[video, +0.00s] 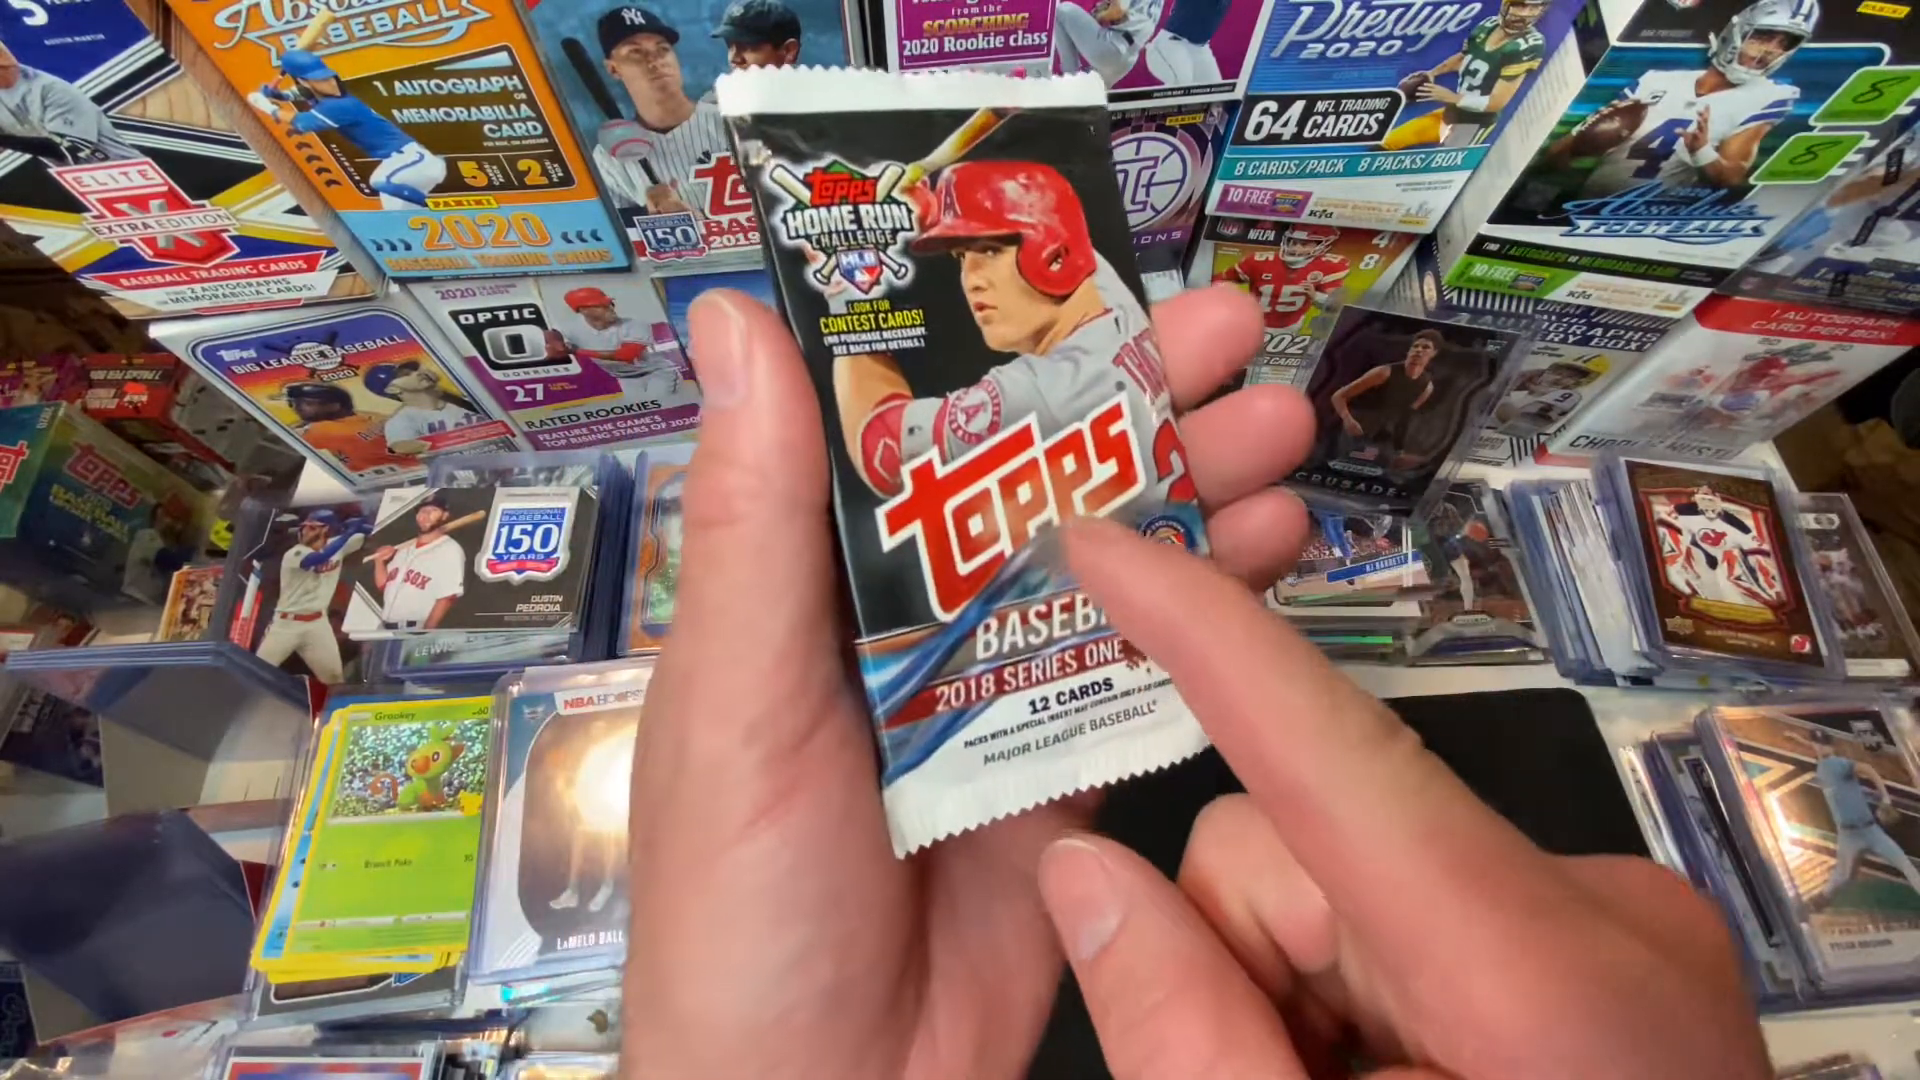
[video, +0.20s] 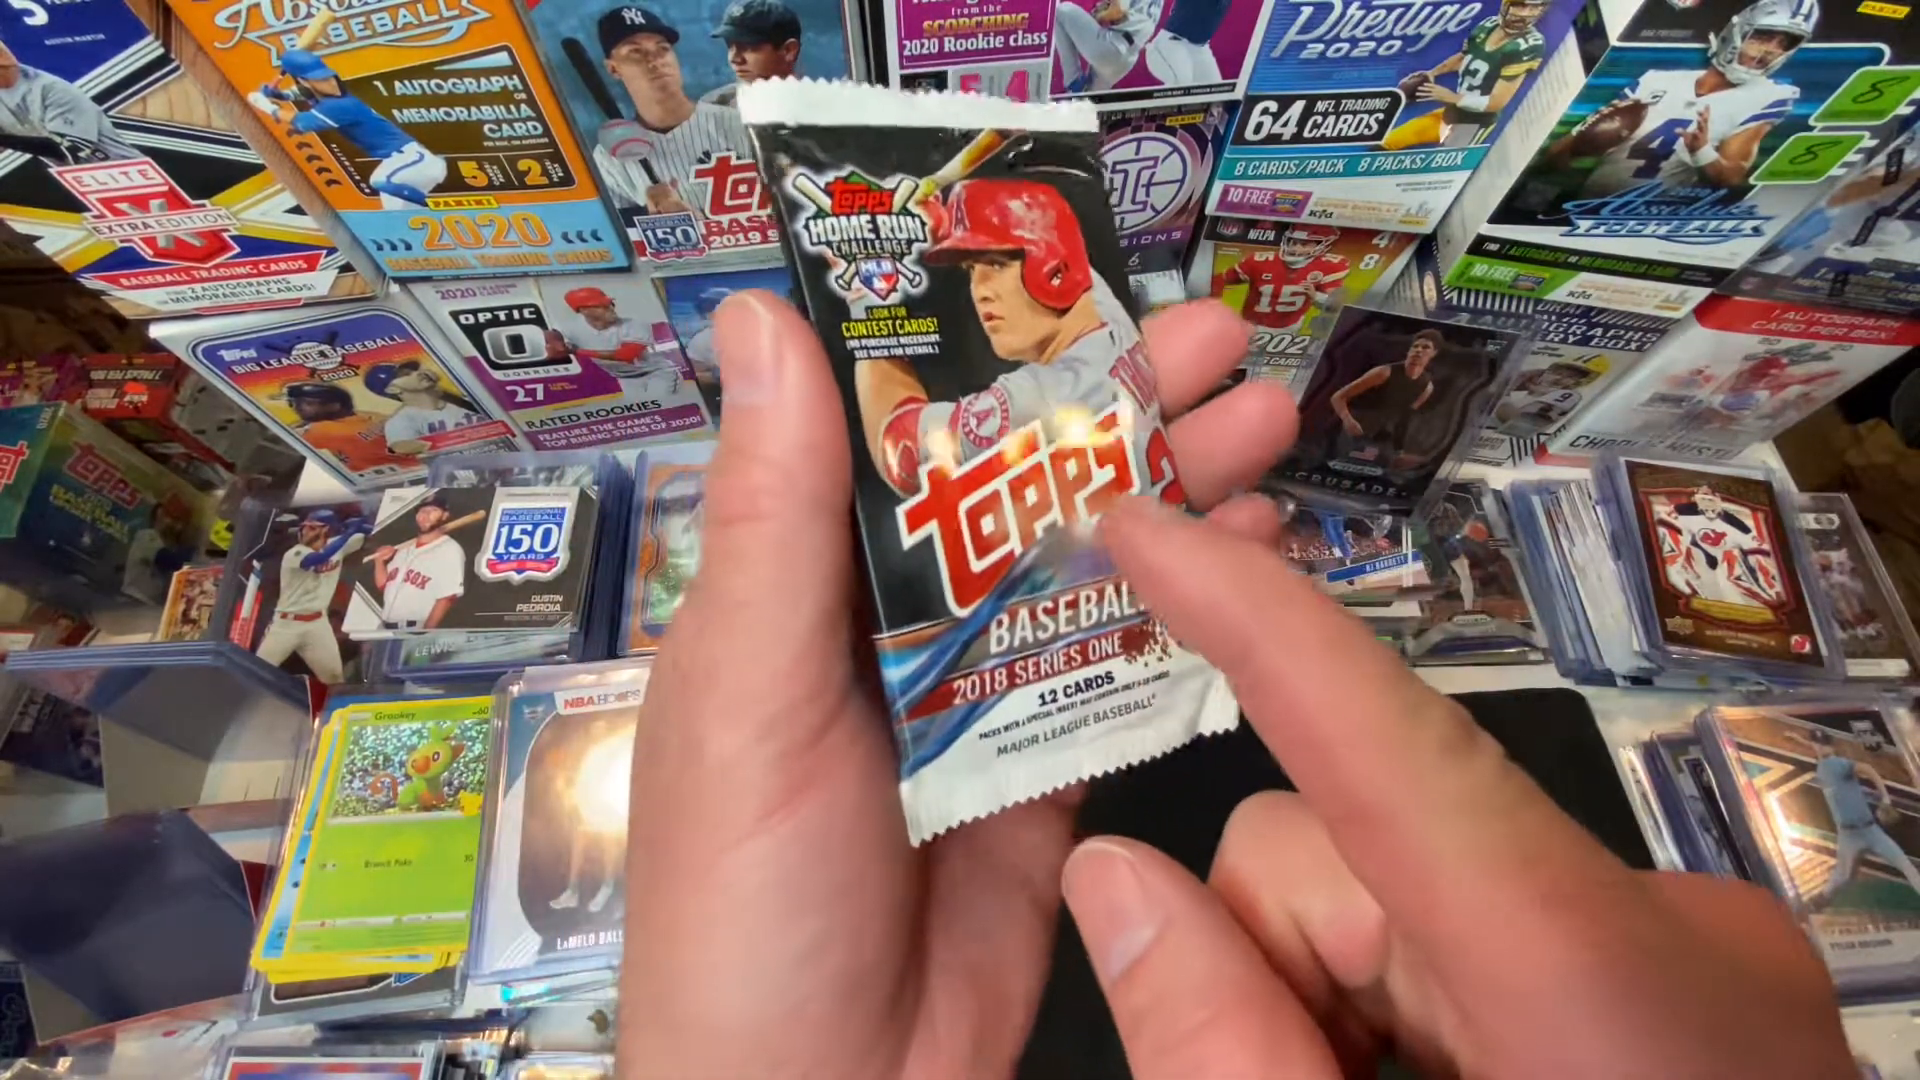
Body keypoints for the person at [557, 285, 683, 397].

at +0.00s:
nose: (612, 308)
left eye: (610, 304)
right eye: (605, 306)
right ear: (587, 312)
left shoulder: (634, 325)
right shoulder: (578, 336)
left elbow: (628, 355)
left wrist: (583, 354)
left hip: (658, 371)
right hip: (625, 377)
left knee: (655, 400)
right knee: (630, 404)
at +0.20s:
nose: (613, 308)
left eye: (611, 305)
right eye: (606, 306)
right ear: (589, 313)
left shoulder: (634, 325)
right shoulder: (578, 336)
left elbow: (627, 355)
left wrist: (584, 354)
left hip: (657, 371)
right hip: (624, 377)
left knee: (657, 397)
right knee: (629, 401)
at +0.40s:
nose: (612, 309)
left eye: (609, 305)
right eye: (605, 307)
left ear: (608, 306)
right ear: (588, 315)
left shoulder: (635, 325)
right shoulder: (580, 337)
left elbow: (628, 355)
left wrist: (582, 354)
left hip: (658, 370)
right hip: (626, 376)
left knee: (657, 394)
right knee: (630, 399)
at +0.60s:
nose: (612, 310)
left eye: (610, 306)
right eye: (605, 308)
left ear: (610, 305)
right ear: (588, 314)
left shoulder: (636, 326)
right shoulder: (589, 342)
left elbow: (627, 356)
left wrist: (580, 353)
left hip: (658, 371)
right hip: (627, 379)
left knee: (656, 400)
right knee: (632, 404)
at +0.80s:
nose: (613, 310)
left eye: (611, 306)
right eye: (605, 308)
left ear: (611, 305)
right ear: (588, 313)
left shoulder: (635, 326)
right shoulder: (585, 340)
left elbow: (627, 356)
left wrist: (581, 353)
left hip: (658, 371)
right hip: (626, 378)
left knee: (657, 401)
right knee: (632, 405)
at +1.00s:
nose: (612, 310)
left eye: (611, 305)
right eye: (605, 307)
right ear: (586, 312)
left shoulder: (633, 326)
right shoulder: (576, 333)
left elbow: (627, 355)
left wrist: (583, 353)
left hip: (657, 373)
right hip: (624, 379)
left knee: (657, 402)